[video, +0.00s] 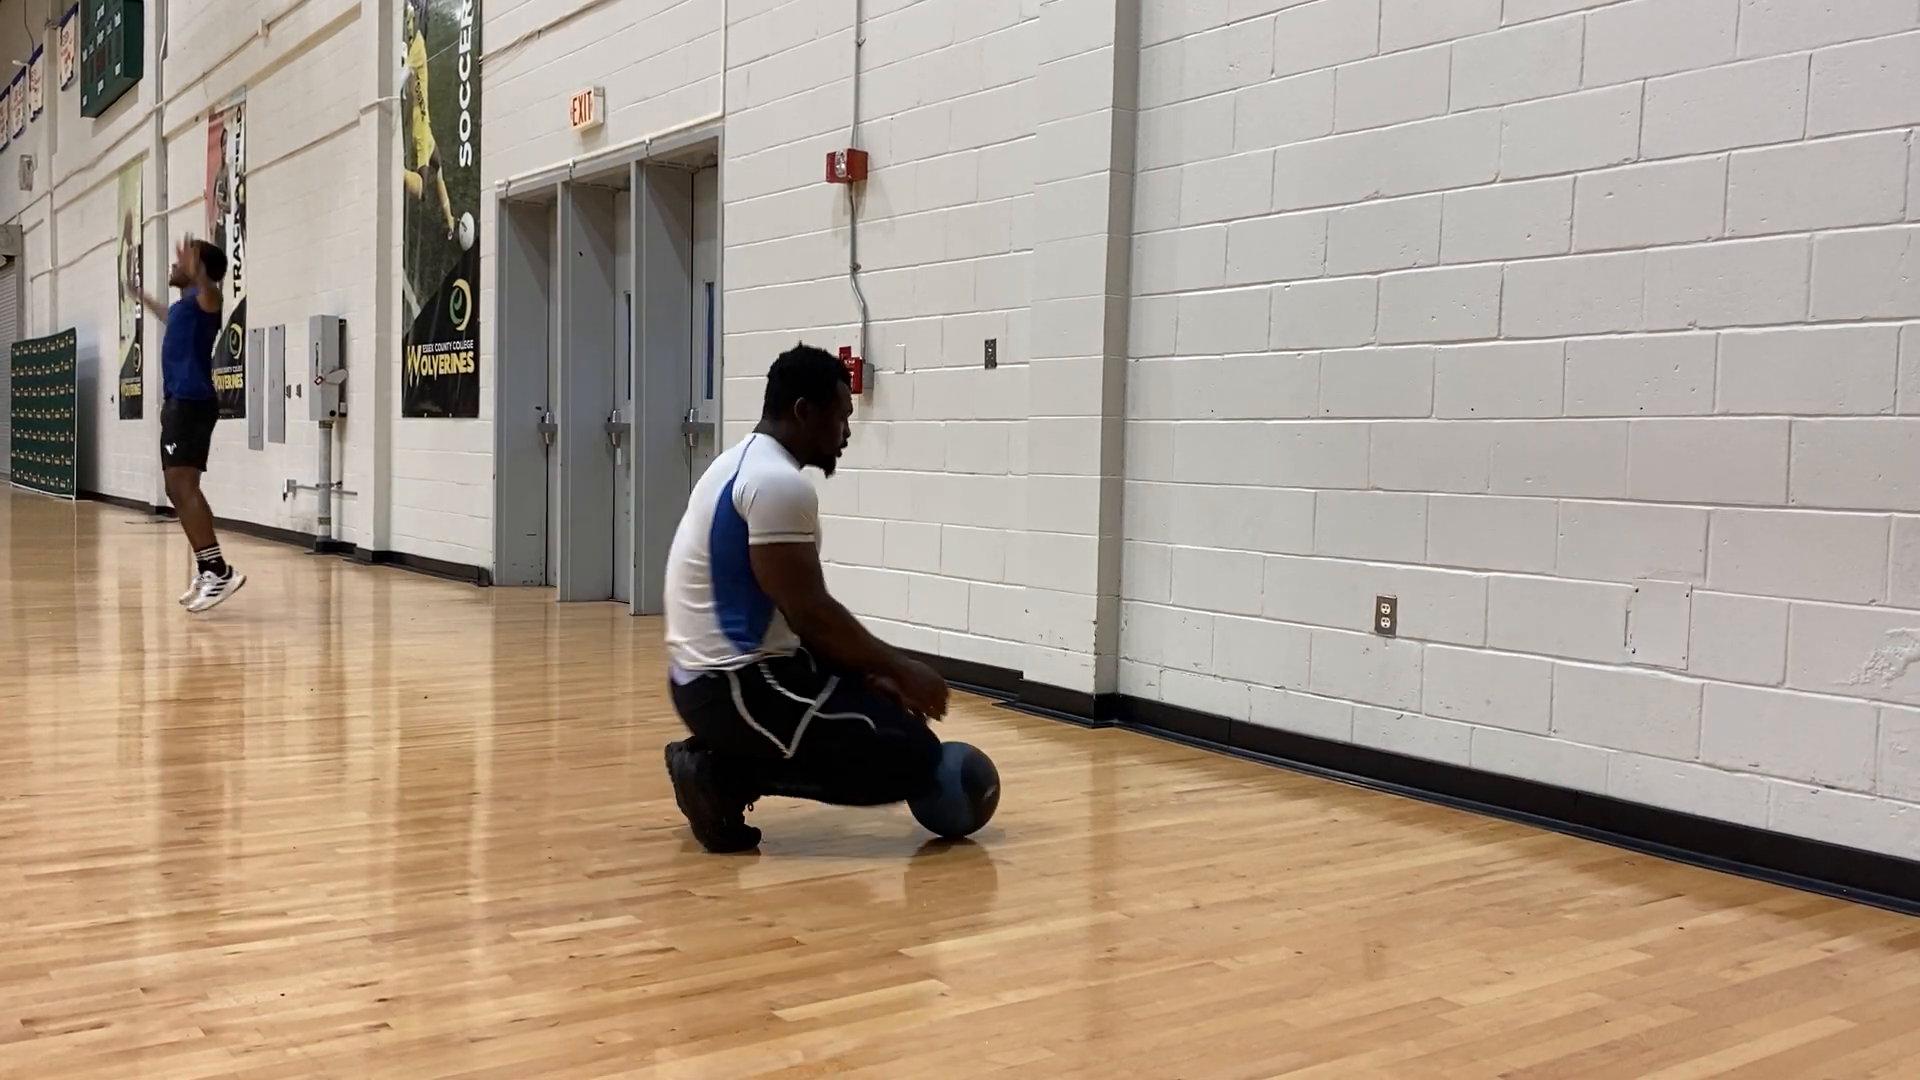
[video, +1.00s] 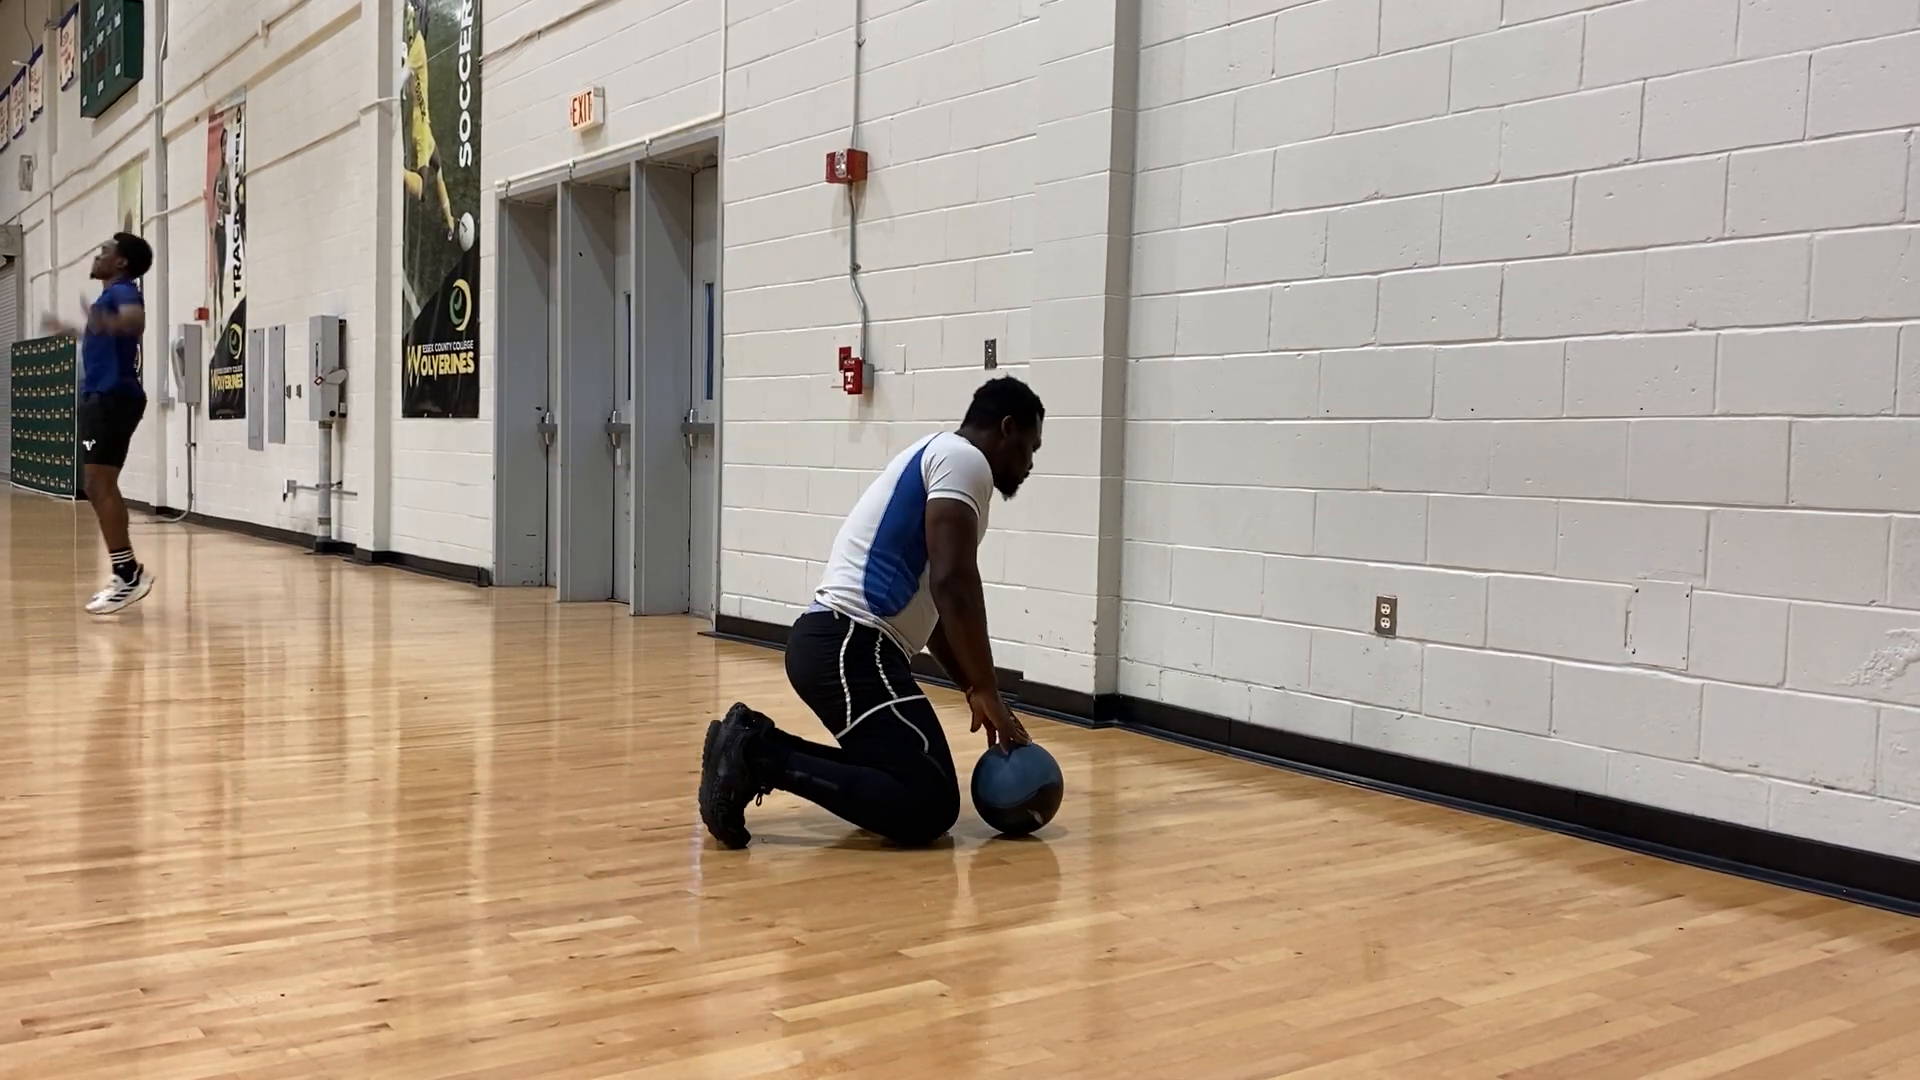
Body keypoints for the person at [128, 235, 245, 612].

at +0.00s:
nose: (173, 265)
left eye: (181, 261)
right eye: (177, 260)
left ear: (198, 271)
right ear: (186, 270)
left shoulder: (206, 301)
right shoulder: (183, 306)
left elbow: (207, 294)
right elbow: (167, 314)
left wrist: (196, 269)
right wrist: (142, 296)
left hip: (193, 403)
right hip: (179, 403)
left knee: (183, 488)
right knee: (177, 489)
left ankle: (219, 572)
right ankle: (206, 571)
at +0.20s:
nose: (153, 278)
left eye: (160, 275)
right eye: (157, 273)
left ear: (174, 287)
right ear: (172, 289)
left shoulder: (181, 322)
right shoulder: (166, 324)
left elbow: (202, 378)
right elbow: (170, 389)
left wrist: (181, 423)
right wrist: (149, 425)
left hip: (186, 421)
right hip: (171, 420)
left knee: (156, 502)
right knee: (156, 503)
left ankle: (194, 585)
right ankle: (194, 583)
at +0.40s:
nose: (147, 267)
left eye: (154, 264)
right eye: (151, 262)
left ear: (169, 275)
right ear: (166, 275)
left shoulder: (174, 308)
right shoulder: (157, 313)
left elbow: (179, 357)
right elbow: (151, 368)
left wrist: (135, 379)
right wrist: (118, 389)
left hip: (163, 413)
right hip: (149, 413)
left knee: (151, 496)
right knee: (148, 497)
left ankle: (185, 582)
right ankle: (186, 579)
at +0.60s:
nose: (130, 268)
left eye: (138, 264)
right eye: (131, 264)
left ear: (157, 275)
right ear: (140, 271)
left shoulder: (156, 303)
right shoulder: (139, 303)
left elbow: (147, 269)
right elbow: (128, 268)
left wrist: (124, 236)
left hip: (153, 408)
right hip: (139, 408)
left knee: (141, 493)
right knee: (136, 492)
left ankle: (164, 580)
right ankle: (164, 576)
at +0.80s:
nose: (119, 274)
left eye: (128, 271)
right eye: (120, 271)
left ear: (142, 285)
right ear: (133, 286)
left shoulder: (141, 313)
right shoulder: (125, 314)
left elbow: (134, 263)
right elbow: (114, 273)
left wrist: (123, 213)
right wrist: (103, 230)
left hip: (137, 423)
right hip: (125, 423)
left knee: (118, 507)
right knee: (114, 508)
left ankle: (163, 583)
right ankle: (161, 581)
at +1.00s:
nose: (98, 254)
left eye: (106, 250)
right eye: (102, 249)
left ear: (121, 262)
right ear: (117, 262)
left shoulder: (124, 291)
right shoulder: (109, 296)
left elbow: (135, 322)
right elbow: (101, 336)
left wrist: (102, 320)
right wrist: (65, 328)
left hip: (116, 397)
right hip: (103, 397)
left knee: (101, 486)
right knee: (96, 488)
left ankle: (126, 577)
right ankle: (128, 572)